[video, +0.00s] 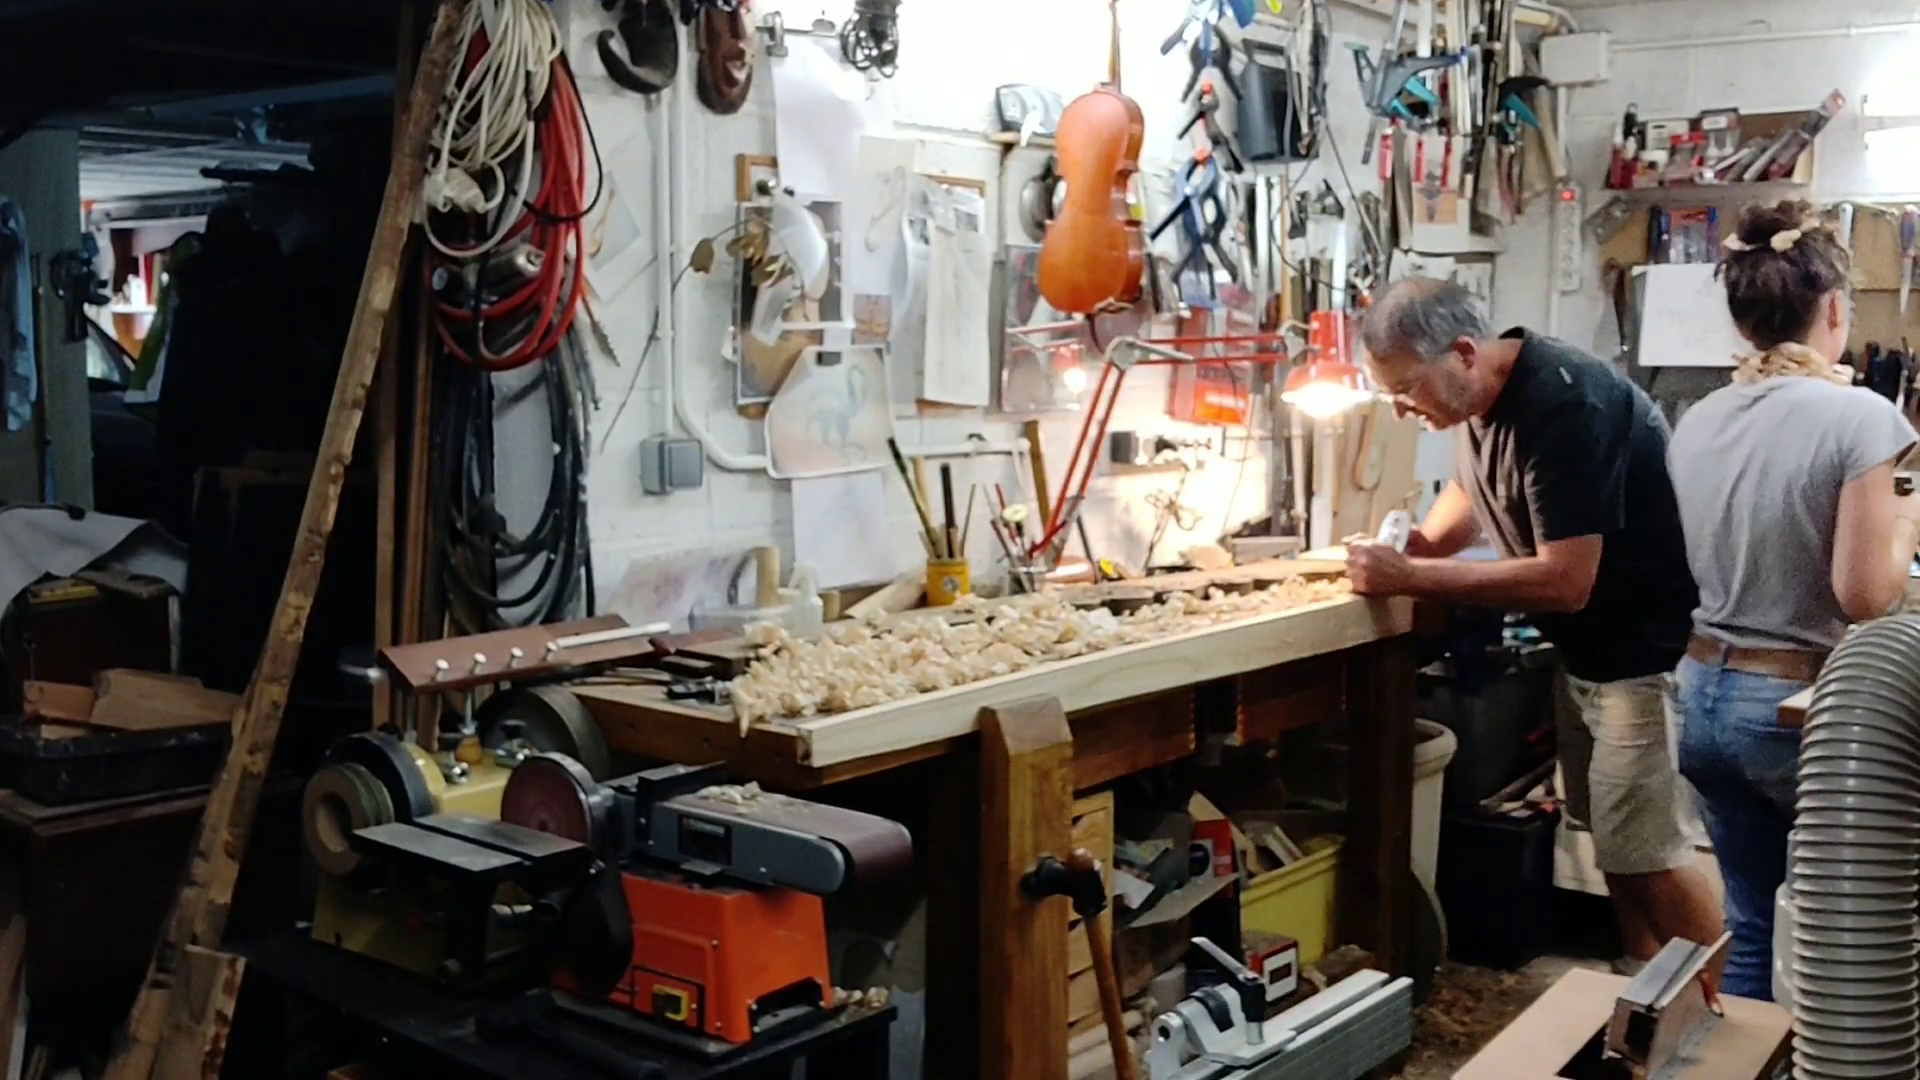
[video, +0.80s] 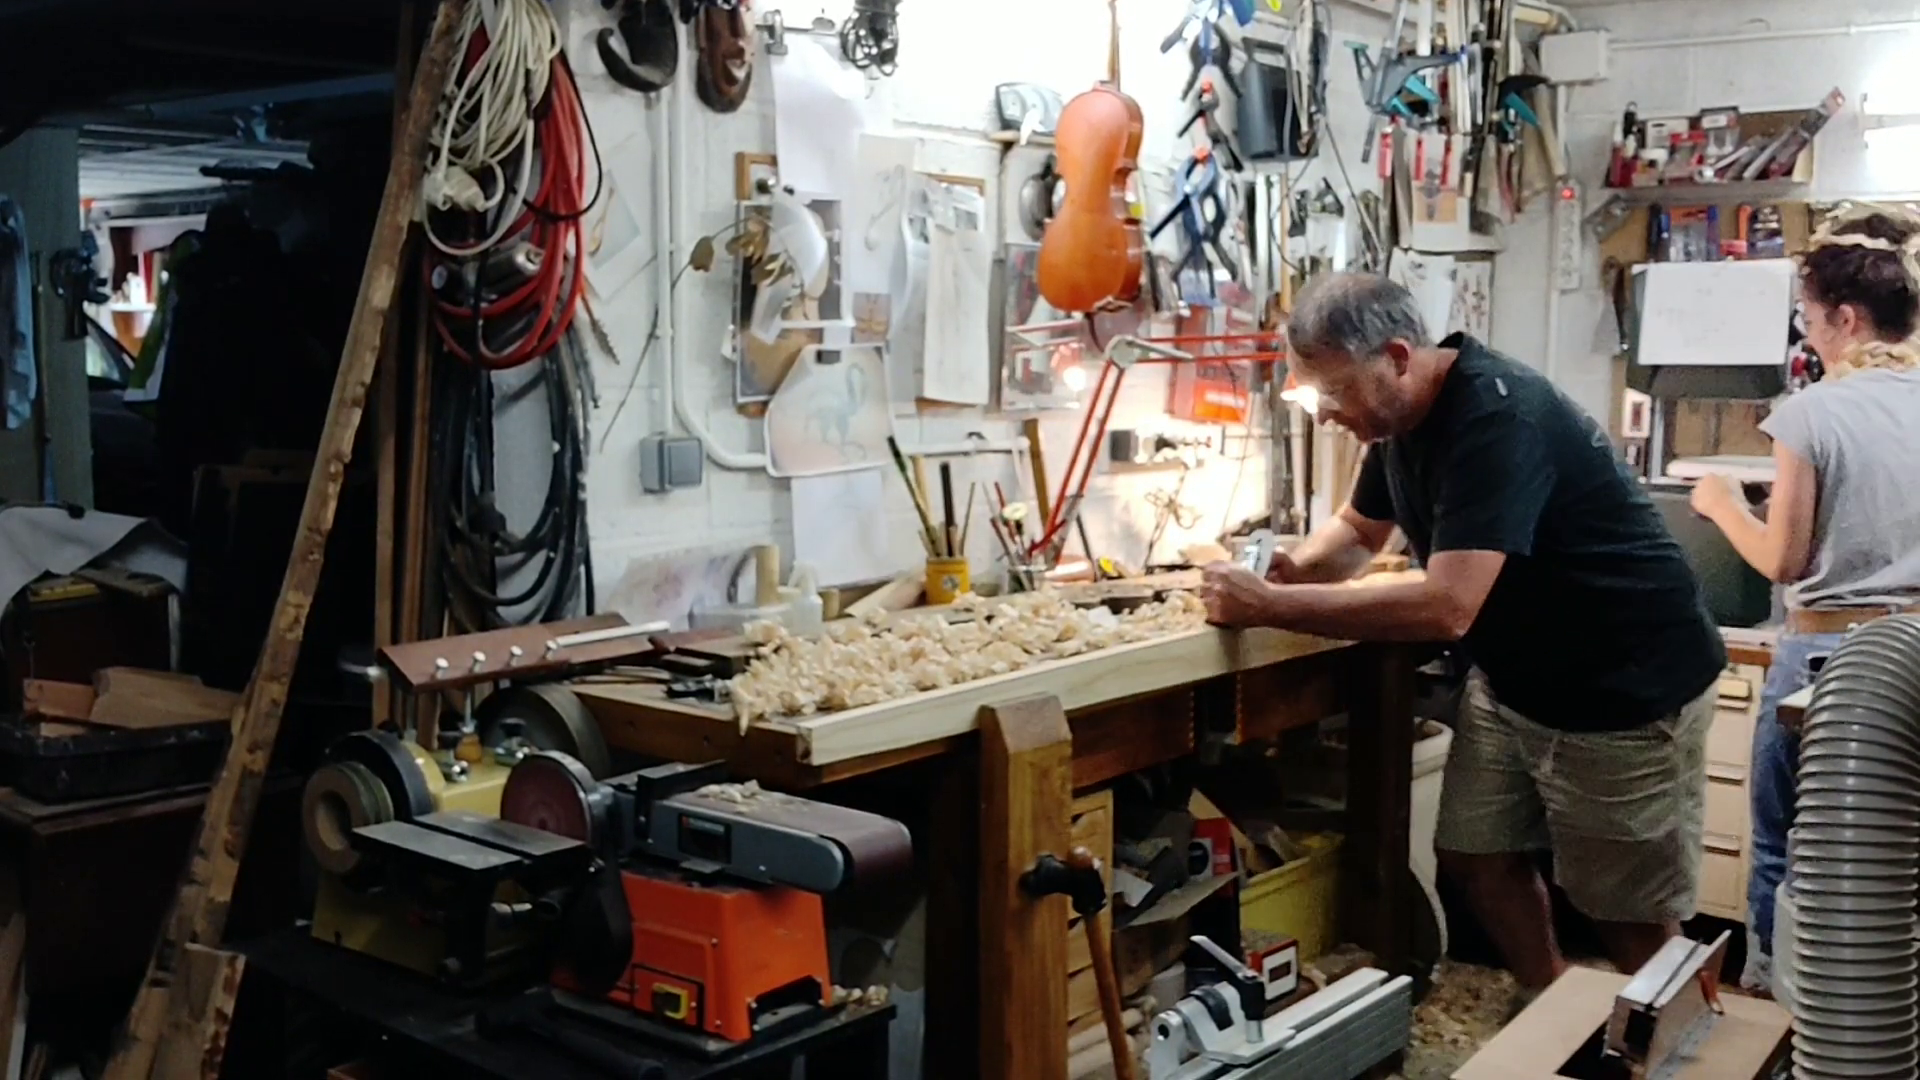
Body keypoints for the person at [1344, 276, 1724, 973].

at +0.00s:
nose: (1404, 409)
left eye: (1410, 388)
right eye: (1393, 395)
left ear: (1467, 352)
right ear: (1466, 353)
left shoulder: (1566, 404)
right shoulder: (1483, 402)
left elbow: (1568, 582)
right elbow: (1470, 494)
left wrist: (1409, 575)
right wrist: (1411, 553)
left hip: (1645, 659)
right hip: (1582, 654)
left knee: (1647, 854)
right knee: (1616, 853)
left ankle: (1728, 1013)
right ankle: (1659, 1001)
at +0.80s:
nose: (1328, 415)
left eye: (1337, 394)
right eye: (1320, 398)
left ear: (1398, 358)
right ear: (1394, 359)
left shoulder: (1499, 415)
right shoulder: (1405, 415)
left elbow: (1448, 606)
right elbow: (1361, 530)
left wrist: (1269, 604)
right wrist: (1297, 565)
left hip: (1629, 693)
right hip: (1512, 679)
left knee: (1631, 924)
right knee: (1484, 867)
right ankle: (1557, 1014)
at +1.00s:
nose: (1281, 423)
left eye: (1286, 399)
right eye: (1269, 406)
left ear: (1350, 360)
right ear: (1345, 361)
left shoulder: (1453, 423)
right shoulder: (1348, 430)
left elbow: (1403, 620)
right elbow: (1309, 544)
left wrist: (1223, 614)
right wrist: (1247, 575)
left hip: (1560, 714)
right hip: (1452, 702)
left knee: (1571, 928)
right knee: (1423, 884)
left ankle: (1694, 1005)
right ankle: (1473, 1063)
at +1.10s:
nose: (1248, 425)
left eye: (1253, 402)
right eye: (1238, 407)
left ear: (1319, 365)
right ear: (1314, 366)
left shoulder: (1426, 424)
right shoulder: (1320, 429)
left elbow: (1381, 623)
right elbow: (1283, 549)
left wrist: (1196, 619)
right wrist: (1230, 580)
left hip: (1525, 714)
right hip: (1424, 702)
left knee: (1525, 932)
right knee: (1405, 891)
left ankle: (1662, 1012)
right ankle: (1474, 1054)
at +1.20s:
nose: (1217, 423)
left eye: (1226, 402)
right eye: (1209, 406)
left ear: (1292, 362)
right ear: (1289, 363)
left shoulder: (1401, 418)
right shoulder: (1294, 428)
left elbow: (1366, 624)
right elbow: (1264, 543)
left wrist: (1179, 622)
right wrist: (1210, 583)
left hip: (1509, 709)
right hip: (1403, 703)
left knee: (1492, 938)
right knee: (1405, 912)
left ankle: (1601, 1049)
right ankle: (1473, 1060)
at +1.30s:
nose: (1192, 422)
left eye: (1200, 400)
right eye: (1183, 405)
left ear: (1269, 358)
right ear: (1265, 360)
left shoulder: (1382, 415)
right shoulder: (1275, 424)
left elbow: (1346, 626)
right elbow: (1244, 542)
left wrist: (1160, 624)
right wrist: (1183, 581)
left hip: (1500, 693)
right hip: (1397, 692)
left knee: (1456, 937)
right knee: (1403, 922)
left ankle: (1519, 1078)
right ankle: (1473, 1062)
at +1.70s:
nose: (1102, 415)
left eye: (1110, 395)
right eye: (1092, 396)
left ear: (1183, 357)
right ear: (1180, 355)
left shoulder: (1297, 417)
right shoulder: (1205, 412)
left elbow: (1252, 650)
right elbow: (1168, 551)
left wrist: (1052, 654)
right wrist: (1105, 602)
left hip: (1437, 715)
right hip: (1357, 711)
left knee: (1307, 959)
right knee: (1399, 904)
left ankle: (1372, 1069)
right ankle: (1476, 1063)